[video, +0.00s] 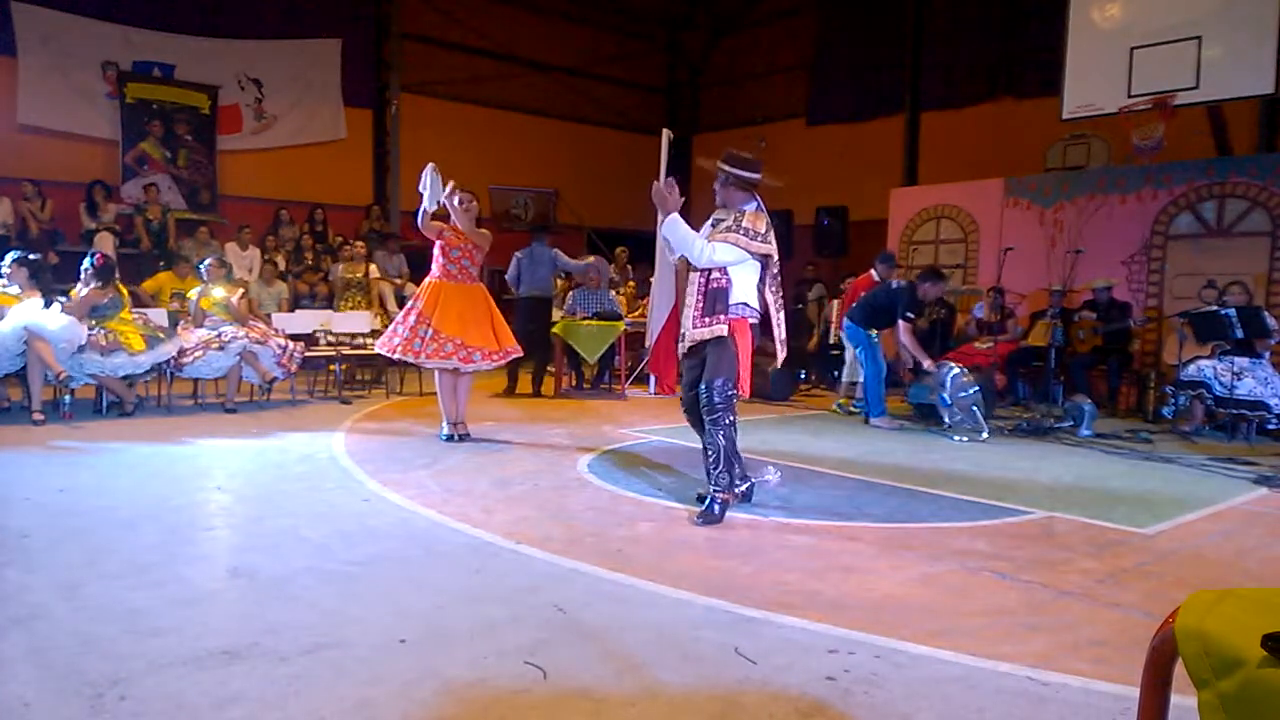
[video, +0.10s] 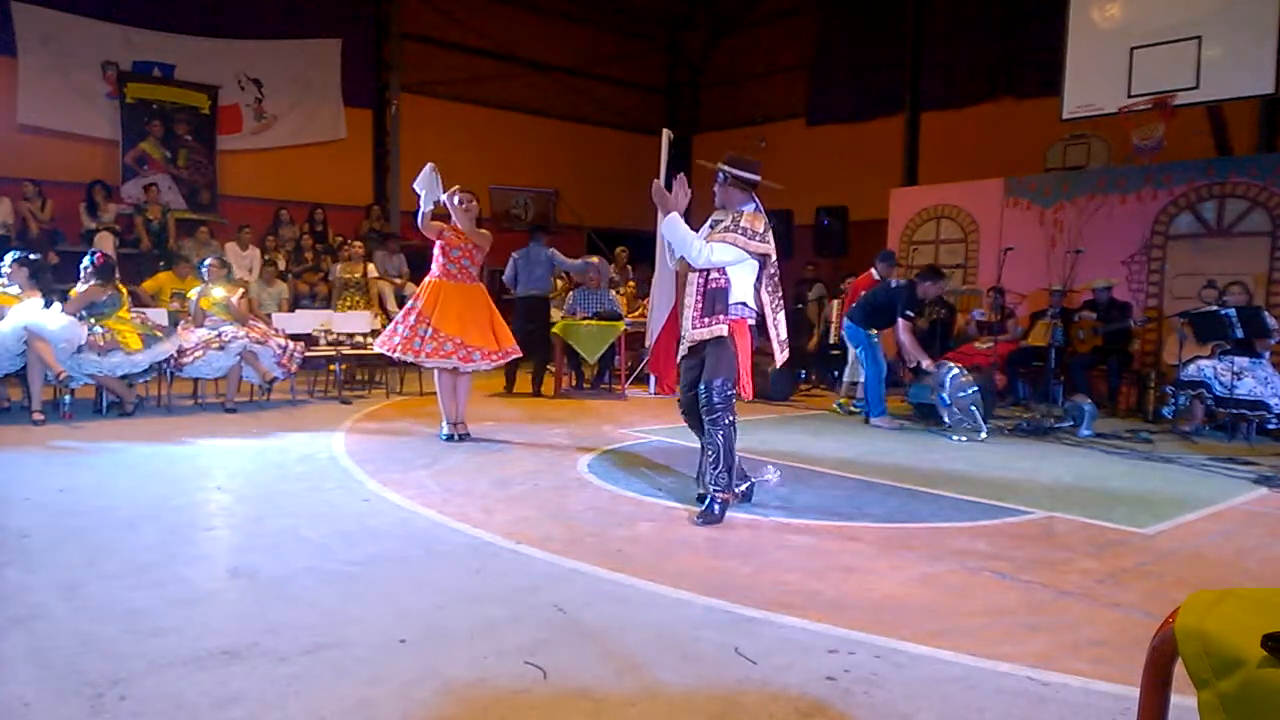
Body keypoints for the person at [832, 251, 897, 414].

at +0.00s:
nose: (891, 273)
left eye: (893, 269)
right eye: (888, 268)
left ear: (892, 268)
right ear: (878, 266)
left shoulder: (884, 285)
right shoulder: (863, 283)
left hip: (868, 328)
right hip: (851, 328)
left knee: (865, 364)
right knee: (851, 363)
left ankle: (859, 398)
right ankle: (842, 398)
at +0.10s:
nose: (892, 272)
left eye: (893, 267)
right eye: (889, 267)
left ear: (891, 266)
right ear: (879, 265)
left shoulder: (884, 283)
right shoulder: (862, 283)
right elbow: (850, 309)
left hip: (871, 327)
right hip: (855, 326)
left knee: (868, 362)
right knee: (854, 361)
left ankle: (860, 398)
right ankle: (843, 397)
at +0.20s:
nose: (892, 271)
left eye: (893, 267)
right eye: (889, 266)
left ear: (892, 265)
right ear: (879, 264)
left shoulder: (884, 282)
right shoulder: (864, 282)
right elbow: (851, 308)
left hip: (871, 326)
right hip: (856, 326)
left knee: (867, 362)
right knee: (854, 361)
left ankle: (860, 397)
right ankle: (844, 396)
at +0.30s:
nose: (892, 270)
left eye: (893, 266)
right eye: (889, 265)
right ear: (879, 263)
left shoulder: (883, 281)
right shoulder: (864, 281)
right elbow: (854, 307)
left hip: (872, 325)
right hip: (858, 325)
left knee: (867, 361)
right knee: (855, 360)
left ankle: (860, 397)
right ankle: (844, 396)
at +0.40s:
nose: (892, 269)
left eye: (894, 265)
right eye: (890, 264)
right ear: (879, 262)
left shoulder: (883, 280)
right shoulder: (865, 281)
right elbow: (859, 307)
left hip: (871, 325)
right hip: (858, 325)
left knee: (865, 360)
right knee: (858, 360)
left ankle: (860, 396)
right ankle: (846, 395)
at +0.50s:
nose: (892, 269)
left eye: (893, 265)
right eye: (889, 264)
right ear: (879, 262)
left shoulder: (884, 280)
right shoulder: (864, 281)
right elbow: (857, 307)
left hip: (874, 325)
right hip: (861, 326)